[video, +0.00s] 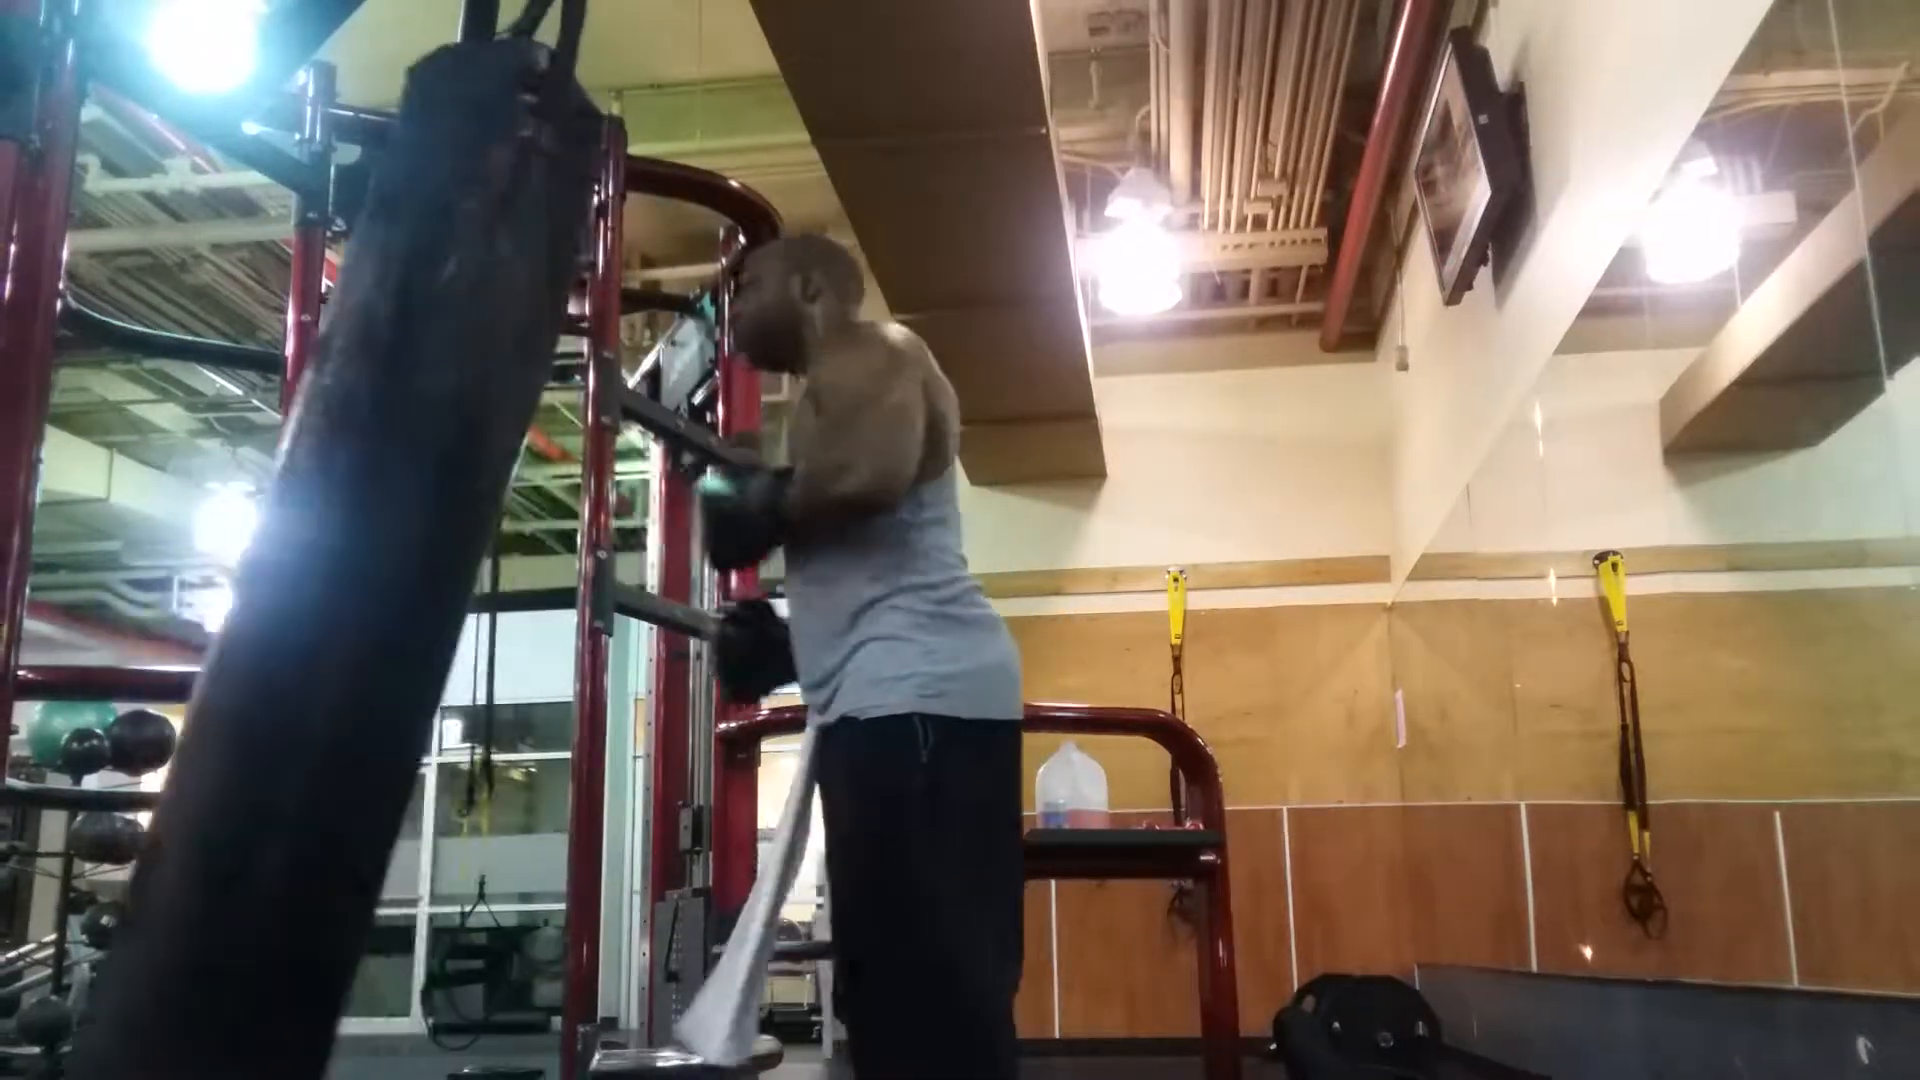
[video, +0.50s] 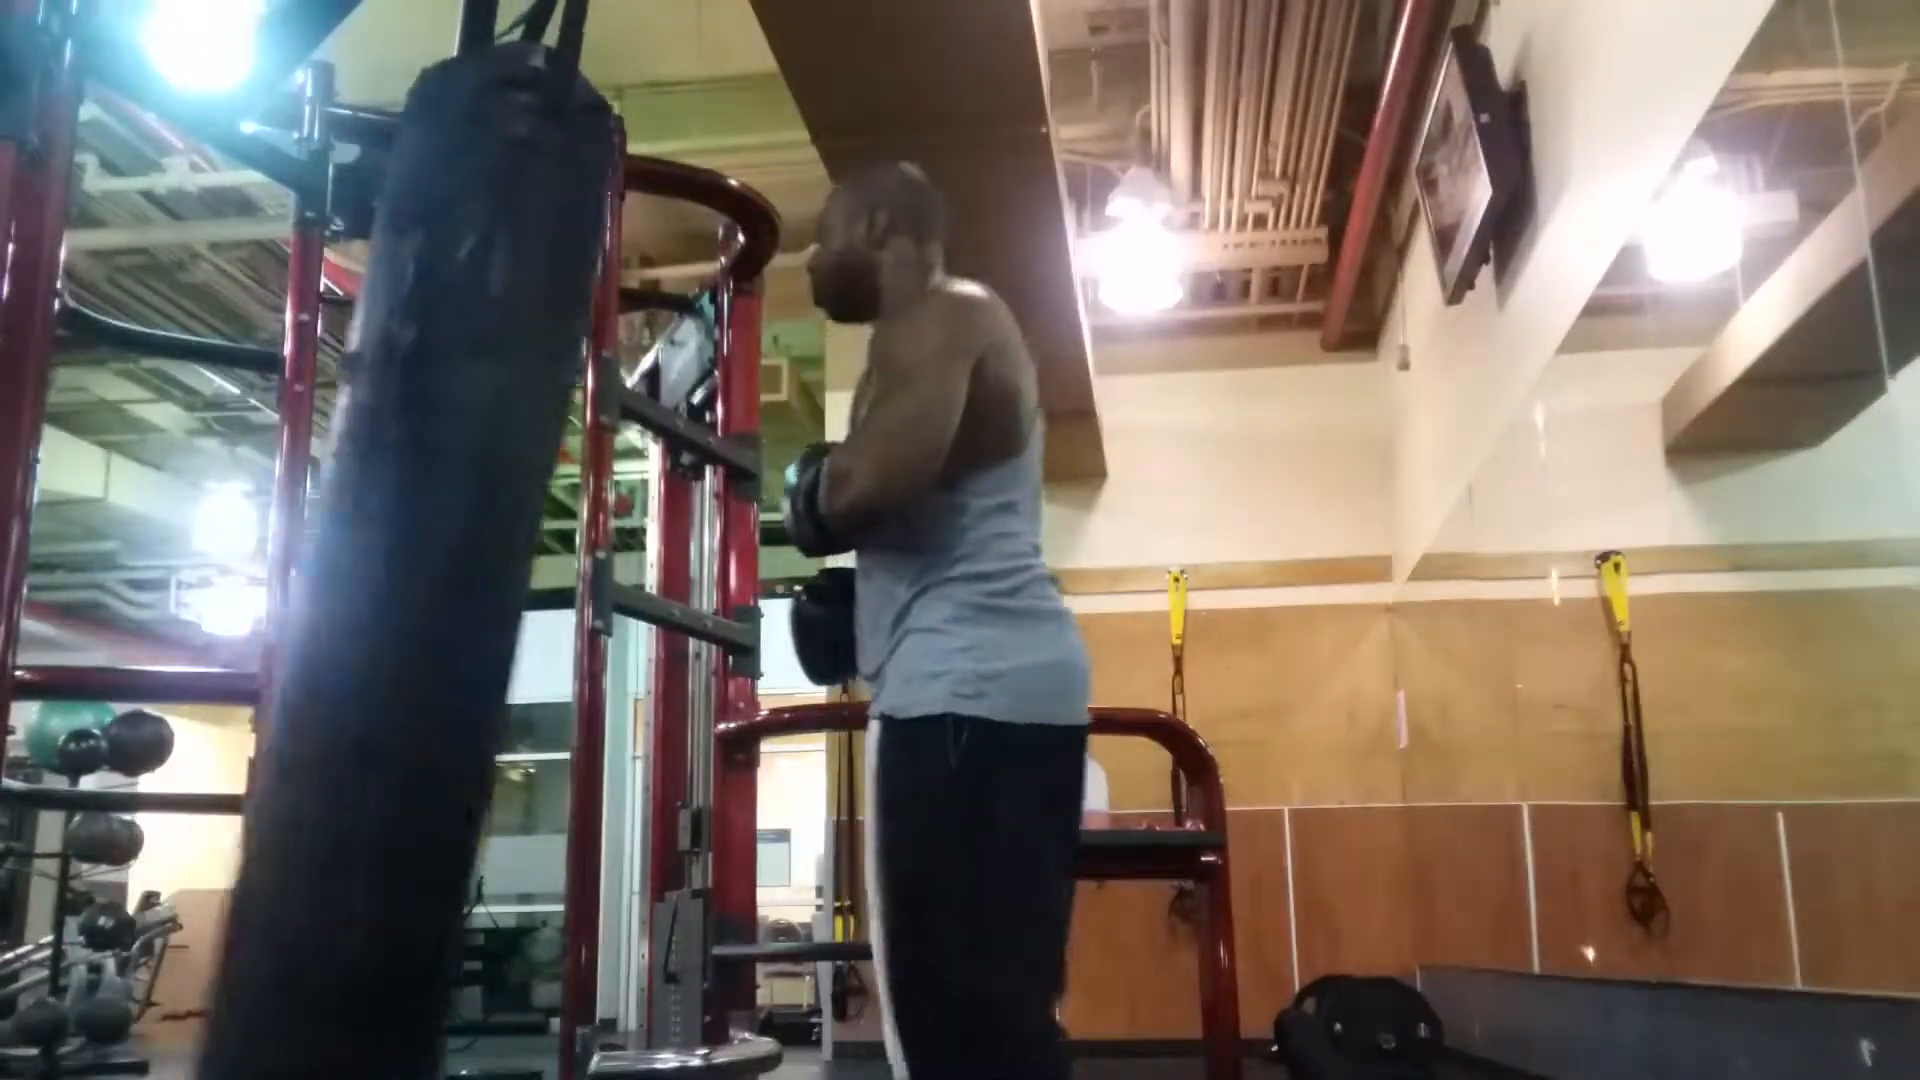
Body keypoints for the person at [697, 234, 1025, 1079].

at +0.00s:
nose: (730, 310)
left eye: (744, 285)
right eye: (731, 292)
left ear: (812, 288)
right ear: (814, 294)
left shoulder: (868, 349)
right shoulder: (822, 397)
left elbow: (873, 474)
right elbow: (884, 576)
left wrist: (765, 505)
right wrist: (789, 639)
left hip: (922, 696)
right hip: (884, 697)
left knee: (921, 988)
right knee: (896, 984)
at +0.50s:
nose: (811, 256)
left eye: (824, 235)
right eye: (815, 237)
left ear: (880, 234)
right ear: (895, 241)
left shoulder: (938, 313)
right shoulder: (938, 331)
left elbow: (885, 474)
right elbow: (963, 546)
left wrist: (815, 489)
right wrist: (868, 608)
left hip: (971, 699)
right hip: (978, 698)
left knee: (960, 1020)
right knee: (983, 1016)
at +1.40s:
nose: (848, 257)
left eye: (848, 227)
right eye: (841, 235)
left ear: (898, 192)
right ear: (930, 189)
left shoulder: (977, 254)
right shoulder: (1042, 269)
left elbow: (922, 451)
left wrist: (866, 450)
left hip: (1023, 668)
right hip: (1107, 666)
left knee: (910, 995)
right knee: (1102, 988)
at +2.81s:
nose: (836, 298)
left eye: (840, 275)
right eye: (832, 278)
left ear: (888, 257)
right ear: (932, 262)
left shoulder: (898, 316)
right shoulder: (1049, 357)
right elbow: (1077, 538)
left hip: (940, 671)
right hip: (1067, 679)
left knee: (889, 978)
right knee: (1015, 974)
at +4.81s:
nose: (797, 394)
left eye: (797, 367)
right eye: (790, 373)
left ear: (851, 341)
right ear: (872, 338)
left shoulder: (936, 405)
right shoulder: (961, 400)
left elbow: (922, 590)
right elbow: (968, 610)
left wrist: (830, 543)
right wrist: (870, 629)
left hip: (1024, 729)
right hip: (1067, 727)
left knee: (890, 981)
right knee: (1024, 992)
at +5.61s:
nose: (895, 386)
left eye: (890, 355)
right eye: (885, 365)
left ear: (940, 319)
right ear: (958, 317)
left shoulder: (1025, 354)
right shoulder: (1077, 354)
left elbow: (1029, 540)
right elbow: (1049, 576)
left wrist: (914, 494)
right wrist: (929, 537)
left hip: (1155, 690)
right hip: (1238, 684)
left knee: (1069, 988)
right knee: (1229, 998)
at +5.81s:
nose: (899, 381)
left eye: (891, 348)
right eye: (887, 359)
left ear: (938, 309)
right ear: (969, 303)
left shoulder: (1013, 355)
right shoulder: (1086, 347)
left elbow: (1013, 547)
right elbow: (1045, 569)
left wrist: (908, 508)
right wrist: (918, 521)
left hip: (1169, 686)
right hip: (1262, 674)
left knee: (1079, 977)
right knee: (1245, 980)